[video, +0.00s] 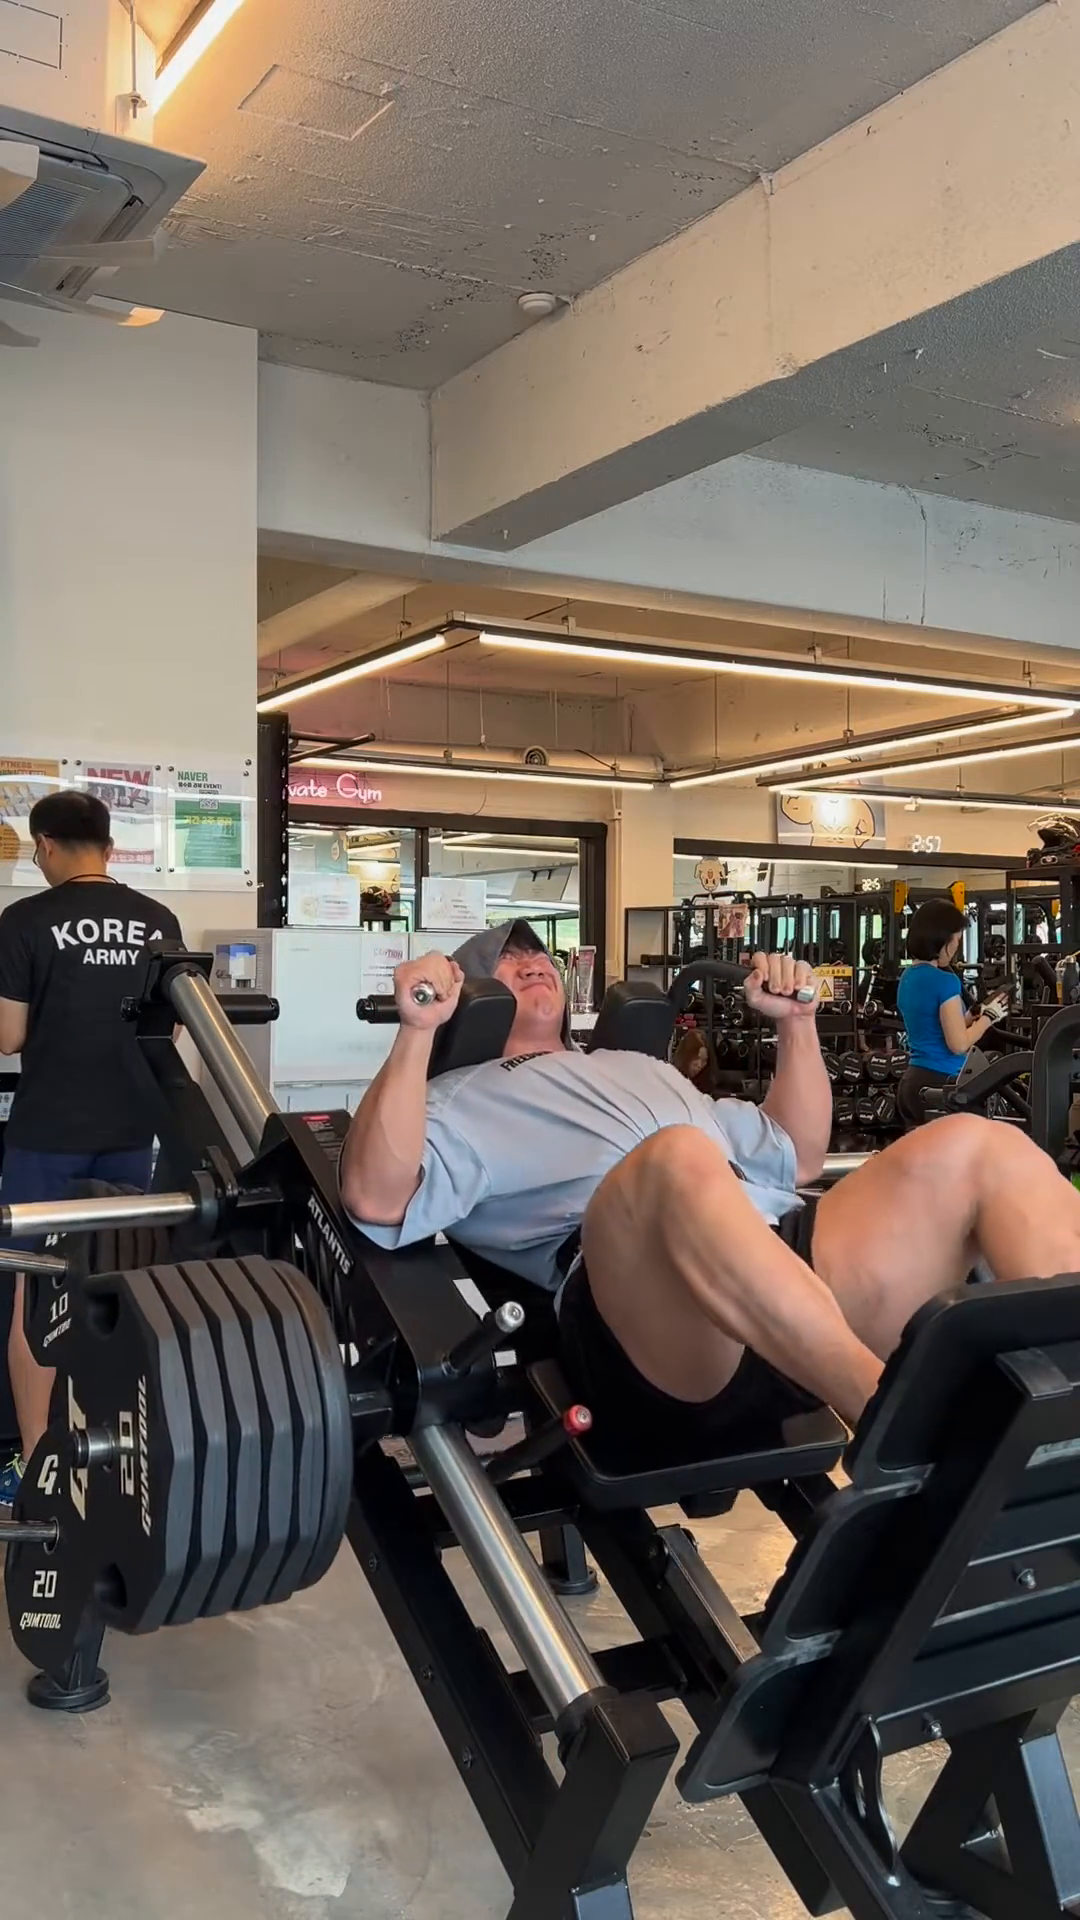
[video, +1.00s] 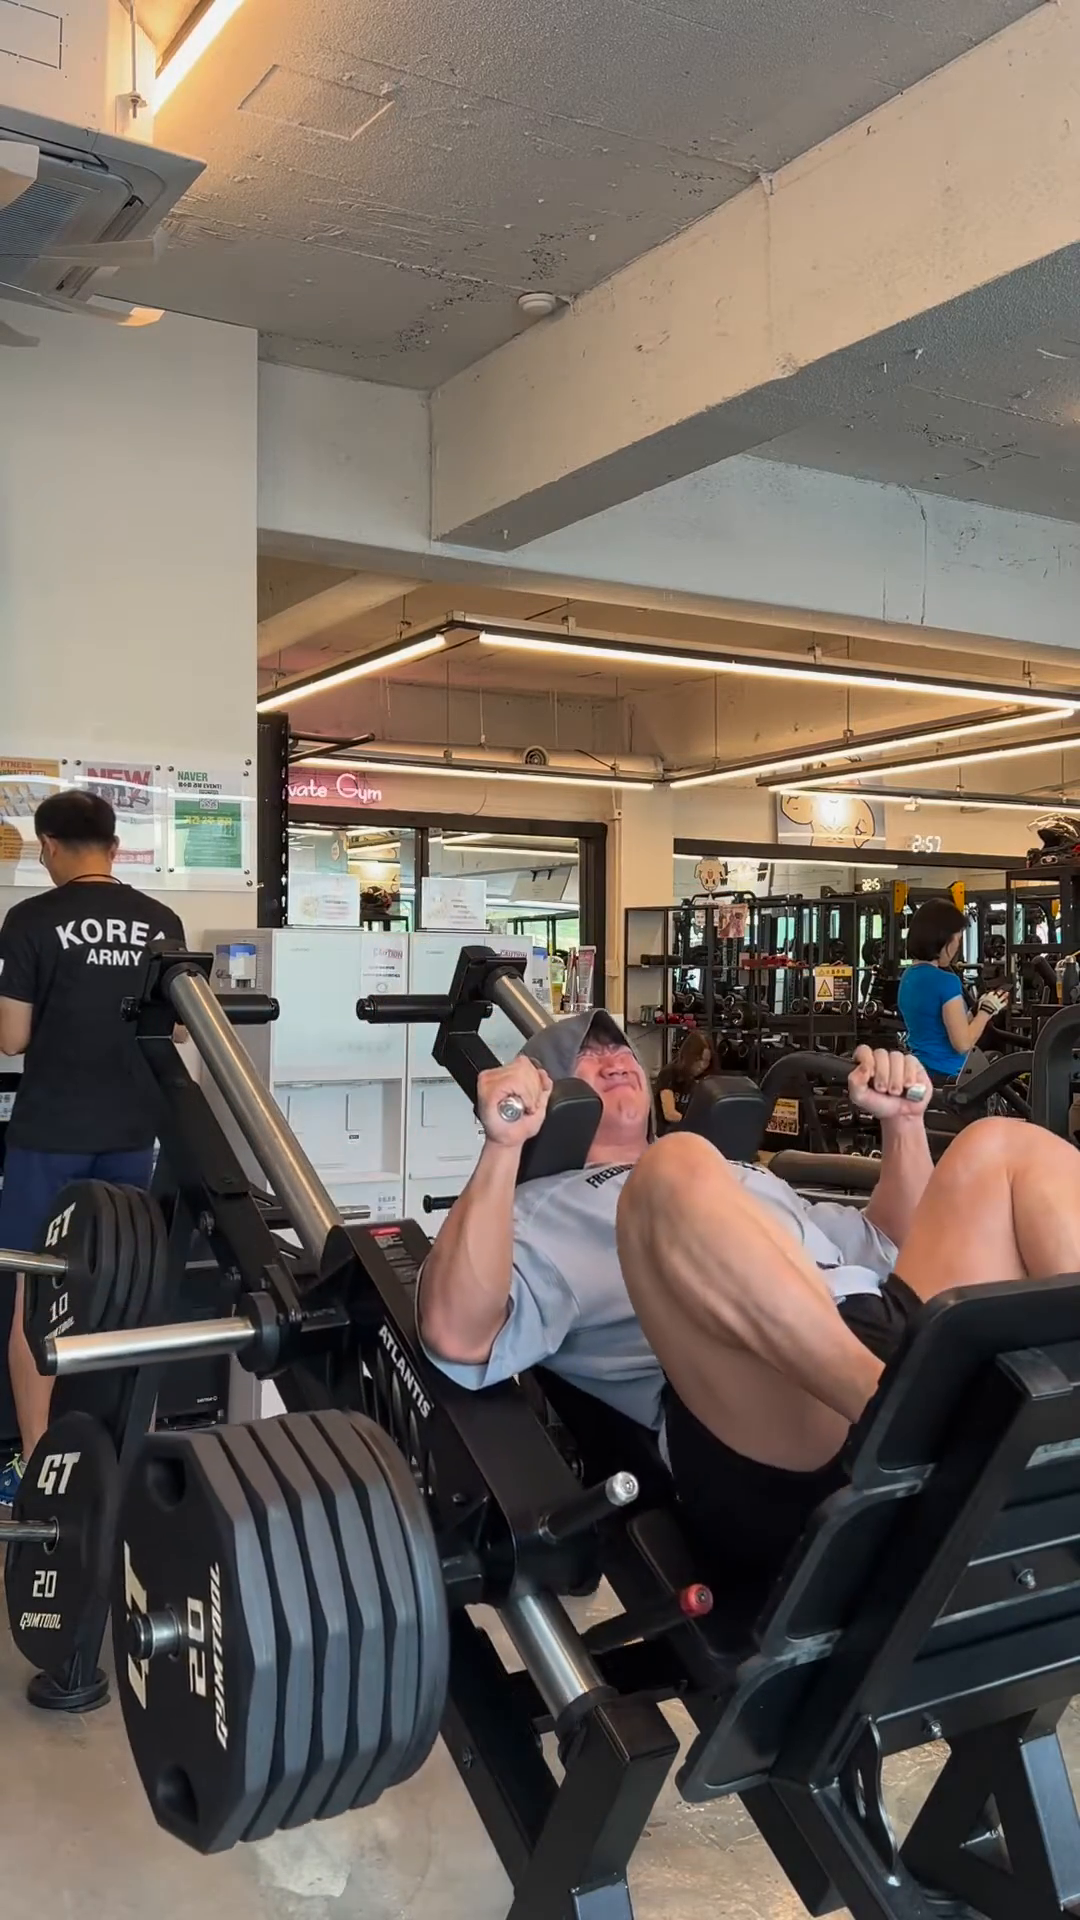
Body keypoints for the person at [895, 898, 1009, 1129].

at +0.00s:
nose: (958, 946)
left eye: (959, 940)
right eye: (957, 940)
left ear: (922, 936)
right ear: (944, 941)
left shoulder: (907, 978)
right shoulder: (945, 982)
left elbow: (927, 1034)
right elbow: (959, 1044)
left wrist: (972, 1016)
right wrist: (988, 1017)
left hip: (914, 1079)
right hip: (945, 1084)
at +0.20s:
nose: (957, 948)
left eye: (958, 941)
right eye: (956, 941)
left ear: (921, 935)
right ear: (944, 941)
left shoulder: (907, 978)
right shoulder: (945, 982)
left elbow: (926, 1034)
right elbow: (960, 1043)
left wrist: (973, 1013)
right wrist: (985, 1012)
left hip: (914, 1079)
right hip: (945, 1085)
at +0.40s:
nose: (957, 947)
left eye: (958, 940)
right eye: (956, 940)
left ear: (921, 935)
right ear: (943, 941)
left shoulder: (906, 978)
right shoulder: (945, 982)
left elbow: (925, 1034)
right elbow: (960, 1044)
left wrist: (970, 1013)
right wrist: (984, 1012)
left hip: (913, 1078)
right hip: (943, 1083)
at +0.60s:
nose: (957, 947)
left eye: (958, 940)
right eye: (956, 940)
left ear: (921, 936)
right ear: (943, 941)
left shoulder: (907, 978)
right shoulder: (945, 982)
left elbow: (927, 1034)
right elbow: (961, 1043)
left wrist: (972, 1011)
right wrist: (984, 1011)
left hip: (913, 1078)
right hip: (943, 1083)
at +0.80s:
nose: (957, 947)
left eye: (958, 941)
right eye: (957, 941)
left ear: (922, 935)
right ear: (944, 941)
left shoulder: (907, 978)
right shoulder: (946, 982)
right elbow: (962, 1043)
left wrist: (973, 1011)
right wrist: (985, 1011)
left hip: (916, 1074)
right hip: (947, 1080)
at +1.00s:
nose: (958, 946)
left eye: (959, 939)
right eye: (957, 939)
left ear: (922, 936)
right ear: (944, 941)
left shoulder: (908, 977)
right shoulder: (946, 982)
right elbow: (963, 1043)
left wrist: (974, 1013)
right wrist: (987, 1011)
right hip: (947, 1080)